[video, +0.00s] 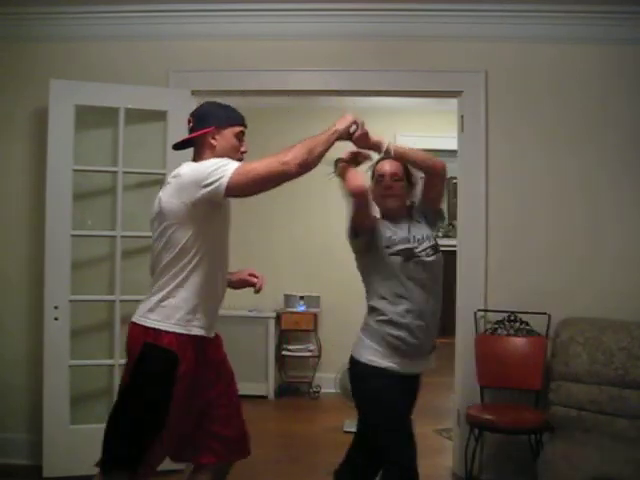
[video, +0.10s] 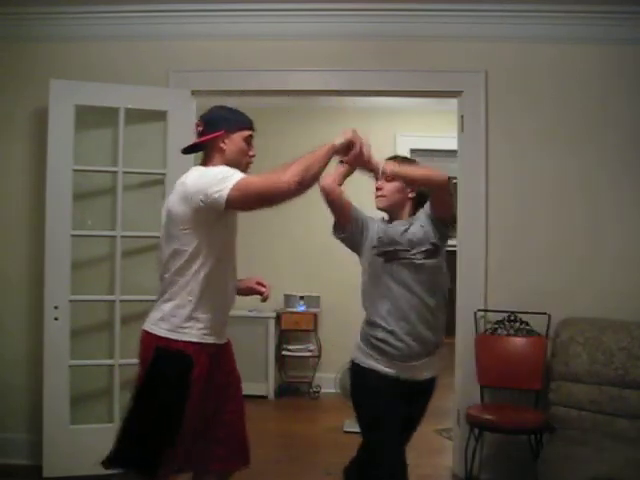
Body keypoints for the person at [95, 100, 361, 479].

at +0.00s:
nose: (244, 146)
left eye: (244, 138)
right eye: (237, 136)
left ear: (209, 141)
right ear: (209, 138)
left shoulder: (190, 184)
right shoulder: (195, 175)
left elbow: (173, 267)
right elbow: (289, 164)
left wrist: (226, 279)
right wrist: (337, 130)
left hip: (199, 338)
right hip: (166, 337)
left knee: (223, 448)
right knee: (140, 455)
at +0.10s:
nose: (253, 149)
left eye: (252, 141)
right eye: (246, 140)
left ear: (219, 145)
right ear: (220, 143)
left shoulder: (208, 187)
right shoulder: (200, 181)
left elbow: (185, 270)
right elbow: (288, 183)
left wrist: (234, 285)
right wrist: (335, 147)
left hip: (210, 345)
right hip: (179, 345)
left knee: (222, 458)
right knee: (162, 461)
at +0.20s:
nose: (268, 147)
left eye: (267, 138)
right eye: (262, 137)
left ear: (235, 140)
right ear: (236, 138)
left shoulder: (214, 181)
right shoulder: (215, 179)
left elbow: (201, 267)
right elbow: (268, 211)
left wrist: (248, 285)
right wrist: (328, 178)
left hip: (211, 337)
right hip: (197, 340)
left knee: (217, 455)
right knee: (200, 457)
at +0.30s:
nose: (285, 142)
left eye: (284, 133)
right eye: (279, 132)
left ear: (251, 135)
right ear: (255, 133)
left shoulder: (223, 175)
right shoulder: (235, 174)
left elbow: (212, 259)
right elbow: (263, 234)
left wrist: (259, 281)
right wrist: (342, 229)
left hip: (208, 328)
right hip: (214, 332)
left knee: (208, 452)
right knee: (236, 456)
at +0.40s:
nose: (302, 142)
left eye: (302, 133)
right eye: (298, 131)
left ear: (264, 134)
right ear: (274, 131)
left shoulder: (235, 177)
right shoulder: (257, 178)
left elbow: (230, 256)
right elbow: (291, 254)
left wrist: (276, 278)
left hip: (213, 322)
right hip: (231, 328)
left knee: (208, 449)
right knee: (274, 453)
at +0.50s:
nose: (323, 148)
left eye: (322, 138)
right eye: (319, 136)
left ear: (285, 138)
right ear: (298, 136)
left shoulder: (245, 182)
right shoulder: (284, 186)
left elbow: (235, 258)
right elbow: (336, 267)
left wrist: (290, 282)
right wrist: (412, 308)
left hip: (222, 327)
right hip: (251, 333)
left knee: (213, 454)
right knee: (293, 459)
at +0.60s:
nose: (345, 156)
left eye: (345, 146)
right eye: (343, 145)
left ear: (307, 144)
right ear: (326, 144)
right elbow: (380, 272)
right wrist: (459, 309)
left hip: (238, 333)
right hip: (273, 338)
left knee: (254, 457)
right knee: (315, 458)